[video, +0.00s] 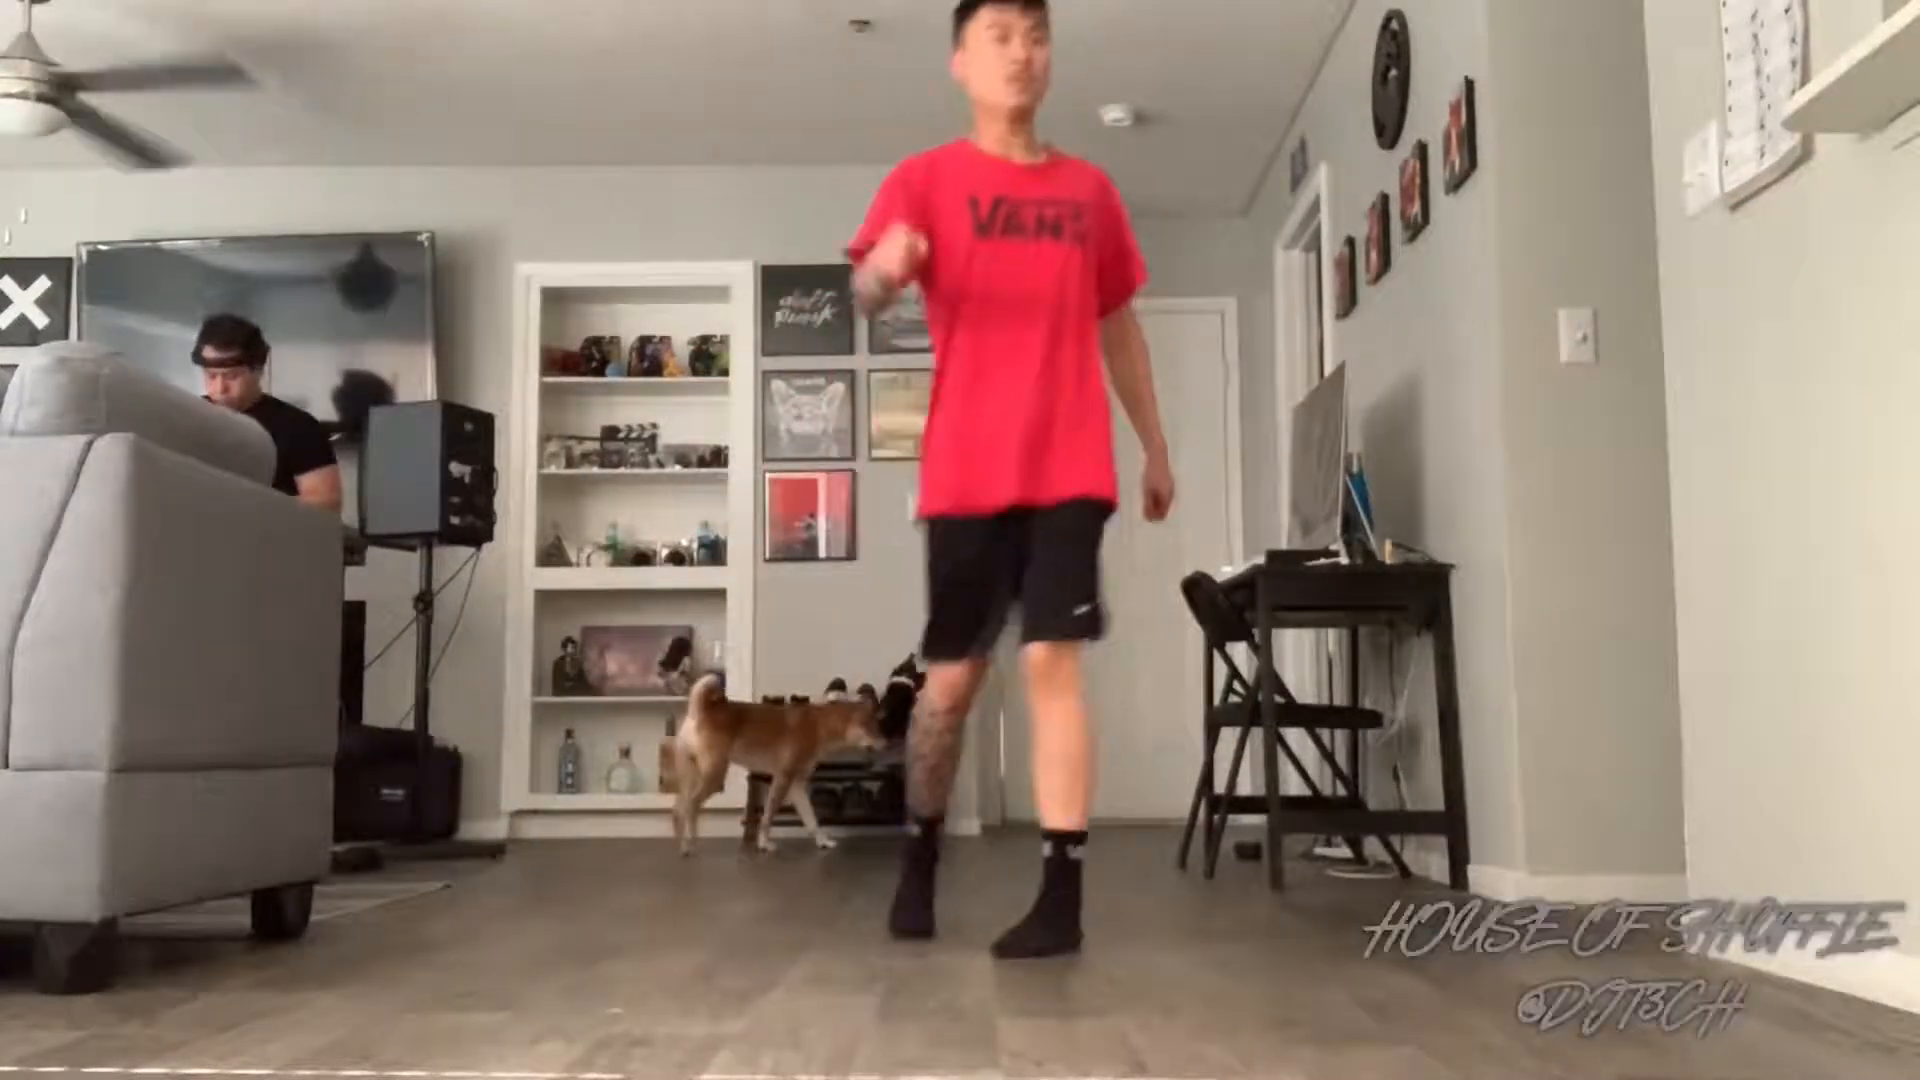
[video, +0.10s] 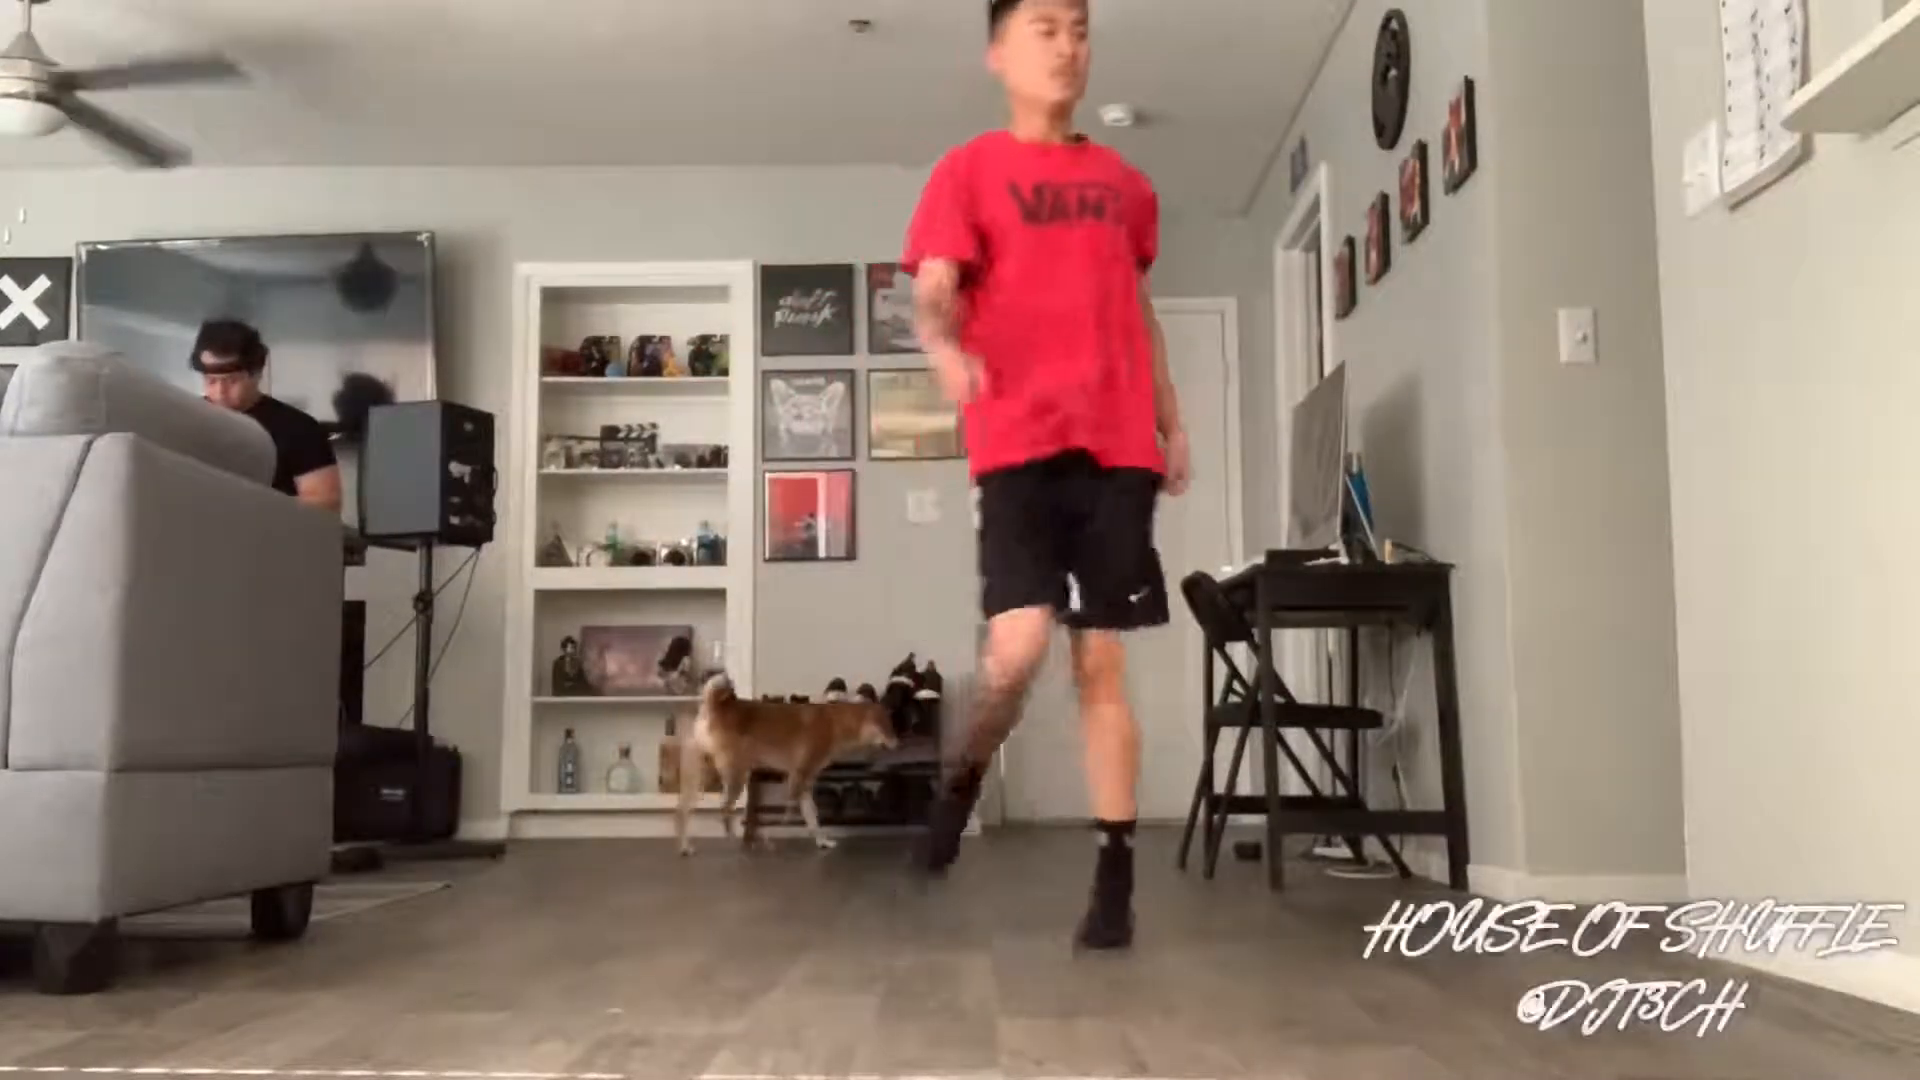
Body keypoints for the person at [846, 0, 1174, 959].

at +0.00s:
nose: (1023, 54)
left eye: (1036, 38)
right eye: (1000, 38)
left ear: (1053, 61)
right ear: (959, 63)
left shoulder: (1088, 187)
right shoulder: (924, 181)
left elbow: (1120, 326)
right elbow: (869, 286)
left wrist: (1154, 445)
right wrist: (887, 266)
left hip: (1070, 458)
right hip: (968, 461)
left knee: (1051, 661)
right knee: (951, 683)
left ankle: (1060, 898)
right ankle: (919, 863)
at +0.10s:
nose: (1067, 46)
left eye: (1078, 33)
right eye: (1046, 31)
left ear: (1091, 57)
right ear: (997, 55)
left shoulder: (1123, 180)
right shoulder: (969, 170)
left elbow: (1135, 305)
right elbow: (930, 296)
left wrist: (1168, 418)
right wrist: (948, 355)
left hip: (1118, 444)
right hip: (1017, 441)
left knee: (1100, 665)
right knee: (1019, 653)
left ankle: (1115, 878)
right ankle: (958, 787)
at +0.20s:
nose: (1107, 51)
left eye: (1114, 39)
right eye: (1083, 39)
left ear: (1126, 71)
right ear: (1035, 74)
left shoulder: (1155, 200)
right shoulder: (1008, 190)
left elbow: (1162, 322)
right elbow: (962, 333)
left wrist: (1198, 367)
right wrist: (976, 436)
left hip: (1151, 455)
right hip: (1058, 451)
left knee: (1132, 675)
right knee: (1120, 614)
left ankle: (1130, 883)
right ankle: (1022, 745)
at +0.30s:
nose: (1130, 37)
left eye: (1136, 25)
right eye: (1106, 23)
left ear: (1145, 52)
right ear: (1055, 54)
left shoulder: (1179, 171)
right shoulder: (1027, 173)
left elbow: (1200, 303)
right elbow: (987, 328)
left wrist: (1232, 302)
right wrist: (992, 452)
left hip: (1182, 437)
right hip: (1090, 437)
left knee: (1142, 661)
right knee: (1194, 618)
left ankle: (1119, 871)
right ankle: (1154, 817)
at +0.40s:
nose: (1156, 83)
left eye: (1156, 69)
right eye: (1132, 69)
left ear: (1160, 93)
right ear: (1077, 100)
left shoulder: (1205, 216)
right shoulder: (1046, 219)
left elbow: (1245, 344)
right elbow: (995, 360)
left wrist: (1276, 283)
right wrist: (1004, 483)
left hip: (1214, 476)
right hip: (1136, 479)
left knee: (1153, 690)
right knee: (1257, 668)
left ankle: (1114, 875)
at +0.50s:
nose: (1164, 57)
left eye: (1167, 42)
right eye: (1142, 40)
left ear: (1167, 63)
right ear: (1085, 65)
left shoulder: (1187, 194)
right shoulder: (1057, 187)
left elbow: (1214, 332)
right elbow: (1028, 342)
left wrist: (1284, 348)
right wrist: (1040, 474)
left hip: (1216, 467)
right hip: (1143, 471)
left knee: (1175, 678)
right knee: (1232, 671)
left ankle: (1118, 856)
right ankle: (1271, 894)